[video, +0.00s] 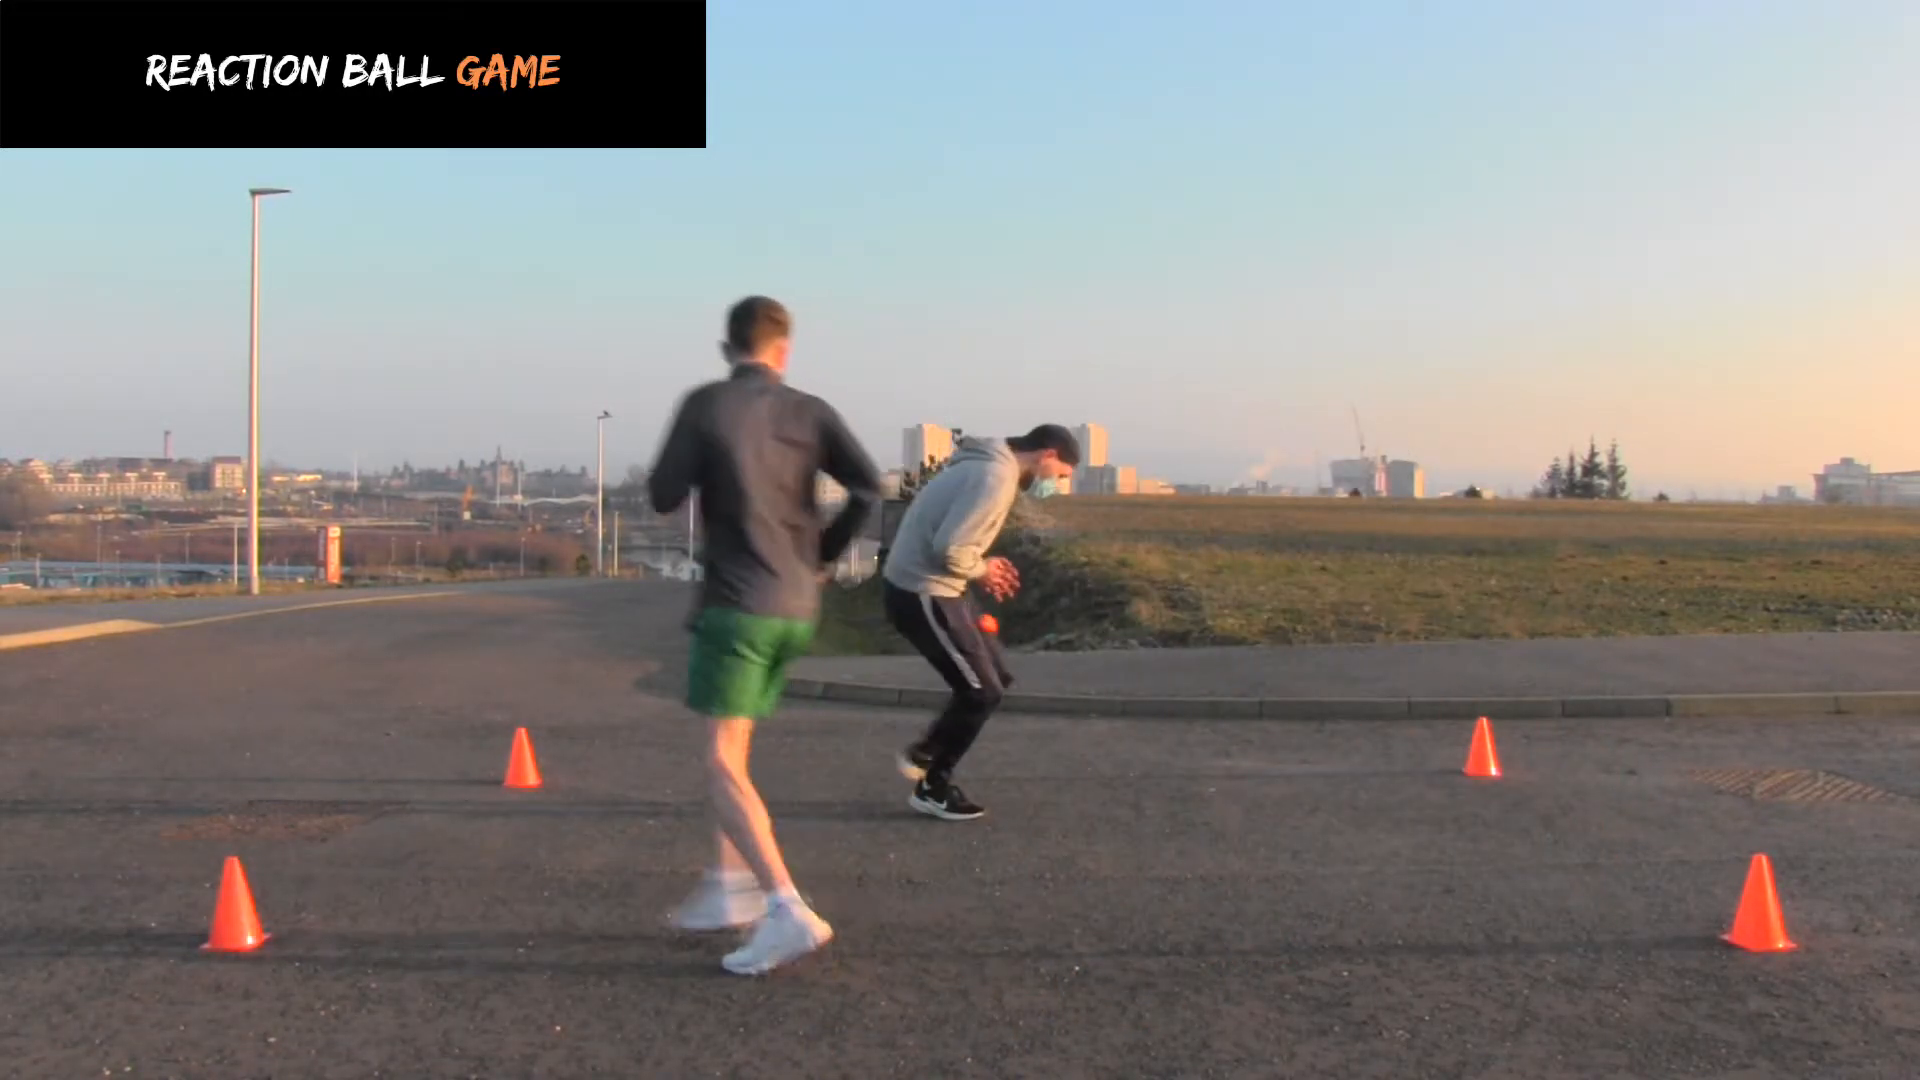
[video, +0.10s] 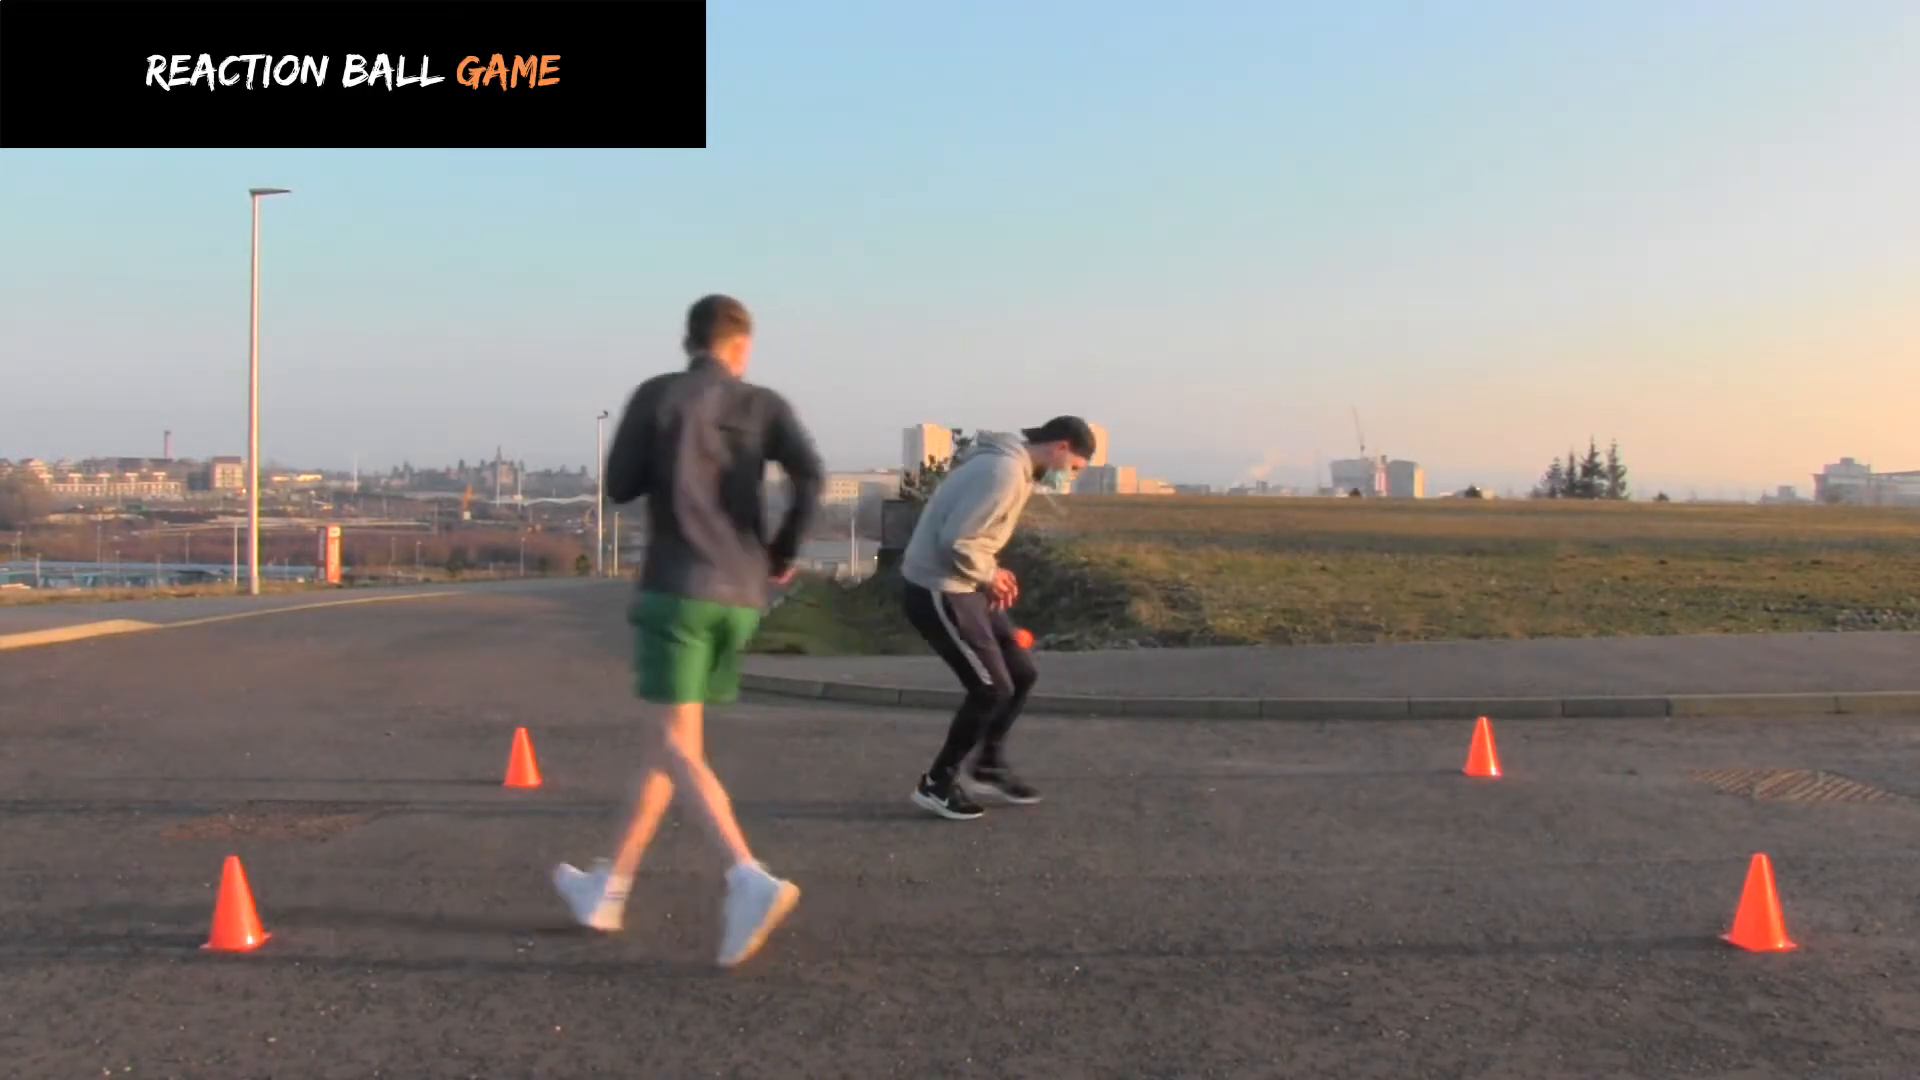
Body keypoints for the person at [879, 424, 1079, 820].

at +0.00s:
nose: (1058, 482)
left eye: (1063, 476)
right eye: (1062, 472)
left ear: (1045, 453)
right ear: (1047, 455)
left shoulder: (1000, 471)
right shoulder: (993, 474)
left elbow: (950, 540)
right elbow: (948, 547)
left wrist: (981, 566)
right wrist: (980, 569)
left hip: (939, 588)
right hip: (918, 590)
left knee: (996, 680)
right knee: (981, 692)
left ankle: (923, 754)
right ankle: (934, 786)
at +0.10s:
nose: (1075, 471)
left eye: (1080, 465)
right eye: (1078, 462)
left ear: (1059, 446)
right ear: (1060, 446)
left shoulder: (1018, 471)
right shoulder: (1004, 469)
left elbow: (970, 538)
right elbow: (957, 542)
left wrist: (991, 575)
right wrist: (991, 573)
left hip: (962, 585)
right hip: (935, 586)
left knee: (1021, 676)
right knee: (992, 689)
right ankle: (937, 783)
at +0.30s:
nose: (1106, 495)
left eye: (1113, 490)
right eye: (1108, 486)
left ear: (1097, 466)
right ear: (1094, 462)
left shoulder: (1072, 492)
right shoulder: (1028, 475)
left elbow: (1046, 545)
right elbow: (976, 544)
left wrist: (1043, 584)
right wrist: (1013, 591)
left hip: (1015, 588)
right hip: (969, 585)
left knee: (1057, 682)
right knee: (1016, 694)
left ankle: (1050, 781)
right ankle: (946, 778)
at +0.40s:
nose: (1129, 503)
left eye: (1137, 499)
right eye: (1131, 493)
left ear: (1117, 472)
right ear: (1115, 469)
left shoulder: (1100, 501)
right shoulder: (1046, 479)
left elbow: (1086, 556)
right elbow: (995, 543)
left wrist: (1085, 601)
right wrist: (1024, 596)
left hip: (1035, 587)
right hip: (987, 581)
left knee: (1076, 680)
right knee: (1020, 692)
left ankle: (1052, 779)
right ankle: (948, 777)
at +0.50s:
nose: (1150, 502)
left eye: (1157, 498)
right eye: (1151, 493)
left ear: (1138, 472)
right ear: (1135, 469)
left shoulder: (1122, 501)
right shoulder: (1069, 473)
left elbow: (1111, 563)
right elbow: (1011, 535)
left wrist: (1117, 615)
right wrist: (1036, 596)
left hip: (1048, 584)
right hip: (1003, 575)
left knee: (1080, 683)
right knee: (1035, 687)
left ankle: (1052, 780)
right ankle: (960, 770)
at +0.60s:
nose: (1177, 507)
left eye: (1184, 502)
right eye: (1178, 498)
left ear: (1164, 478)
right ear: (1160, 474)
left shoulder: (1151, 508)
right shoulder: (1094, 472)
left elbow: (1144, 576)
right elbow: (1034, 531)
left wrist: (1157, 643)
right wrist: (1059, 591)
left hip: (1073, 580)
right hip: (1026, 570)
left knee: (1095, 680)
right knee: (1069, 669)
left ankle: (1054, 778)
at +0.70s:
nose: (1192, 515)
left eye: (1199, 511)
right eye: (1193, 506)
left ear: (1183, 485)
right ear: (1179, 482)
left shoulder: (1164, 514)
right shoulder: (1113, 474)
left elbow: (1157, 581)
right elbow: (1047, 531)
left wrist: (1166, 650)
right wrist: (1078, 589)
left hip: (1079, 577)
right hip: (1039, 568)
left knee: (1099, 674)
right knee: (1098, 672)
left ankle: (1054, 776)